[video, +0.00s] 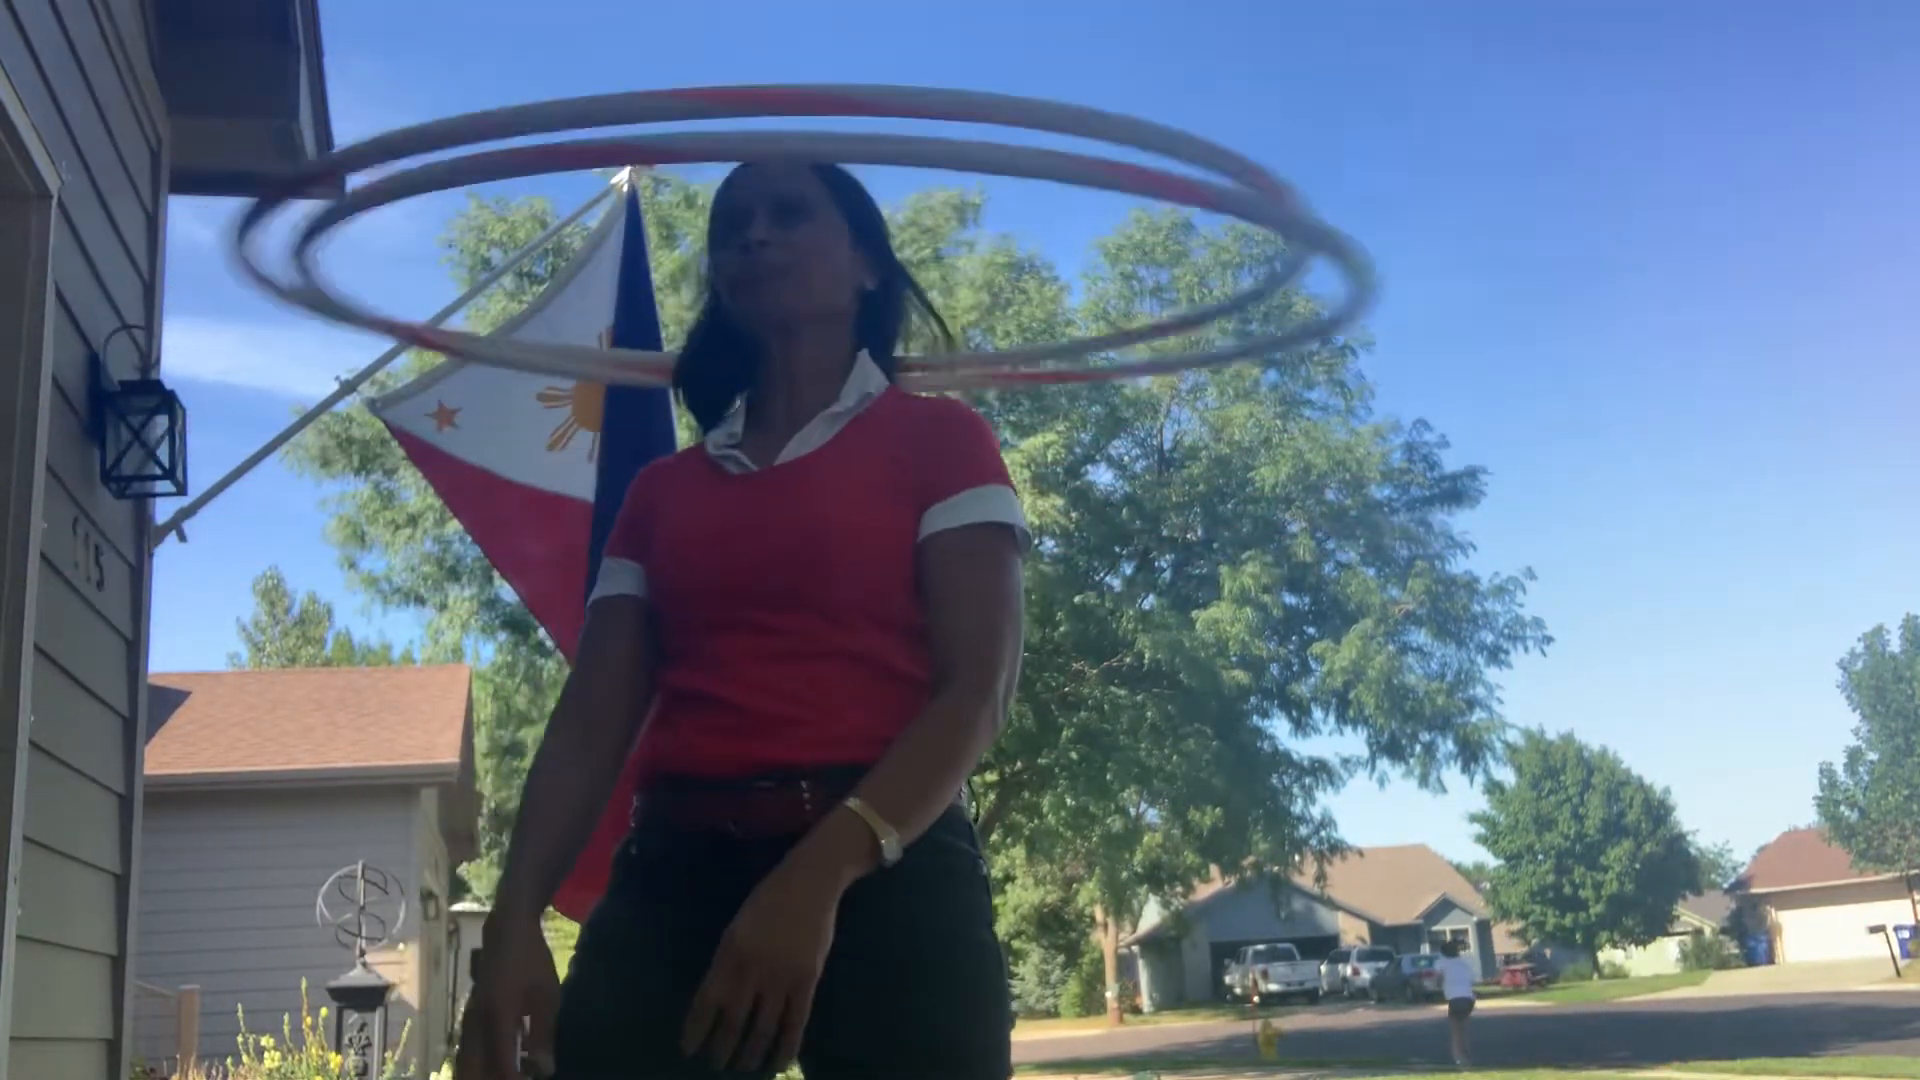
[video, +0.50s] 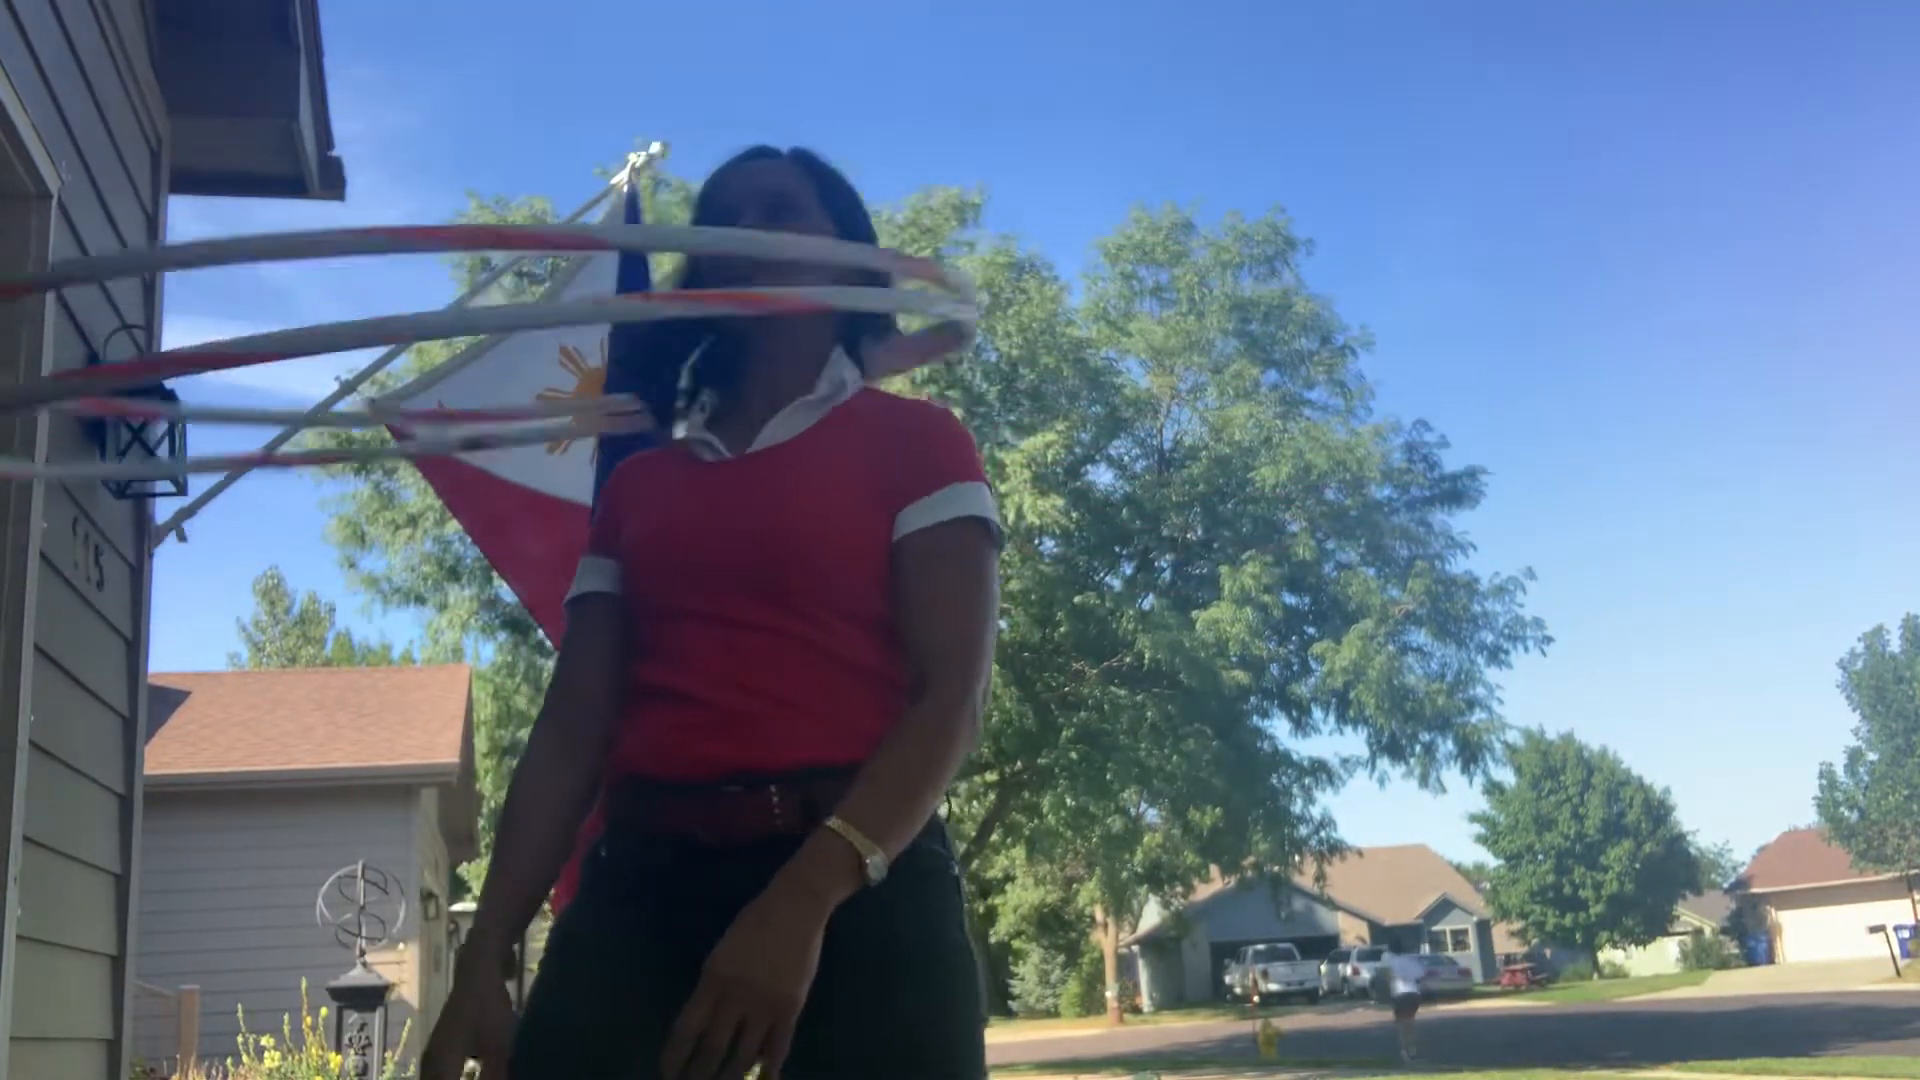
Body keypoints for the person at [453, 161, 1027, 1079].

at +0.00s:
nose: (755, 234)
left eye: (791, 212)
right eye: (733, 225)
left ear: (865, 263)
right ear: (716, 284)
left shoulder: (935, 434)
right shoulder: (666, 486)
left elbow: (976, 692)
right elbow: (593, 713)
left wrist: (818, 870)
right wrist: (516, 920)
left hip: (892, 880)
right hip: (677, 881)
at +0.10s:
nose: (737, 227)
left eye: (772, 201)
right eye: (718, 223)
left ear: (861, 248)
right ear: (708, 286)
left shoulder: (926, 431)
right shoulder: (663, 487)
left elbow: (947, 698)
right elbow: (597, 719)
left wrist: (786, 898)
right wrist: (519, 933)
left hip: (883, 878)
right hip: (675, 881)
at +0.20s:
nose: (716, 209)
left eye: (755, 187)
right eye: (694, 203)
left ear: (831, 239)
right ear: (678, 262)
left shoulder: (895, 410)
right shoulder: (633, 469)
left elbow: (926, 677)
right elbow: (581, 722)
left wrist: (752, 889)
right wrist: (504, 946)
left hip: (872, 872)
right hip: (660, 879)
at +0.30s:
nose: (687, 197)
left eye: (724, 177)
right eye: (661, 191)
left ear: (796, 234)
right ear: (638, 252)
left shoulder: (867, 393)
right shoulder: (597, 471)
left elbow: (916, 676)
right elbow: (557, 745)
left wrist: (749, 890)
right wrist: (491, 974)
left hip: (858, 864)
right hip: (643, 870)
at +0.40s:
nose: (693, 209)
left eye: (730, 186)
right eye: (665, 198)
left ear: (801, 239)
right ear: (640, 251)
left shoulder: (879, 413)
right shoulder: (604, 476)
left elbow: (931, 685)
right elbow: (553, 742)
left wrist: (779, 891)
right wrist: (487, 976)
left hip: (857, 870)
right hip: (638, 878)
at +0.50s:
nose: (755, 236)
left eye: (787, 213)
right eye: (728, 222)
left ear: (853, 260)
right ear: (697, 274)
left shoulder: (912, 438)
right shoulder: (641, 480)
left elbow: (951, 701)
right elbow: (573, 721)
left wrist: (802, 898)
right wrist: (486, 950)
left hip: (863, 883)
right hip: (643, 884)